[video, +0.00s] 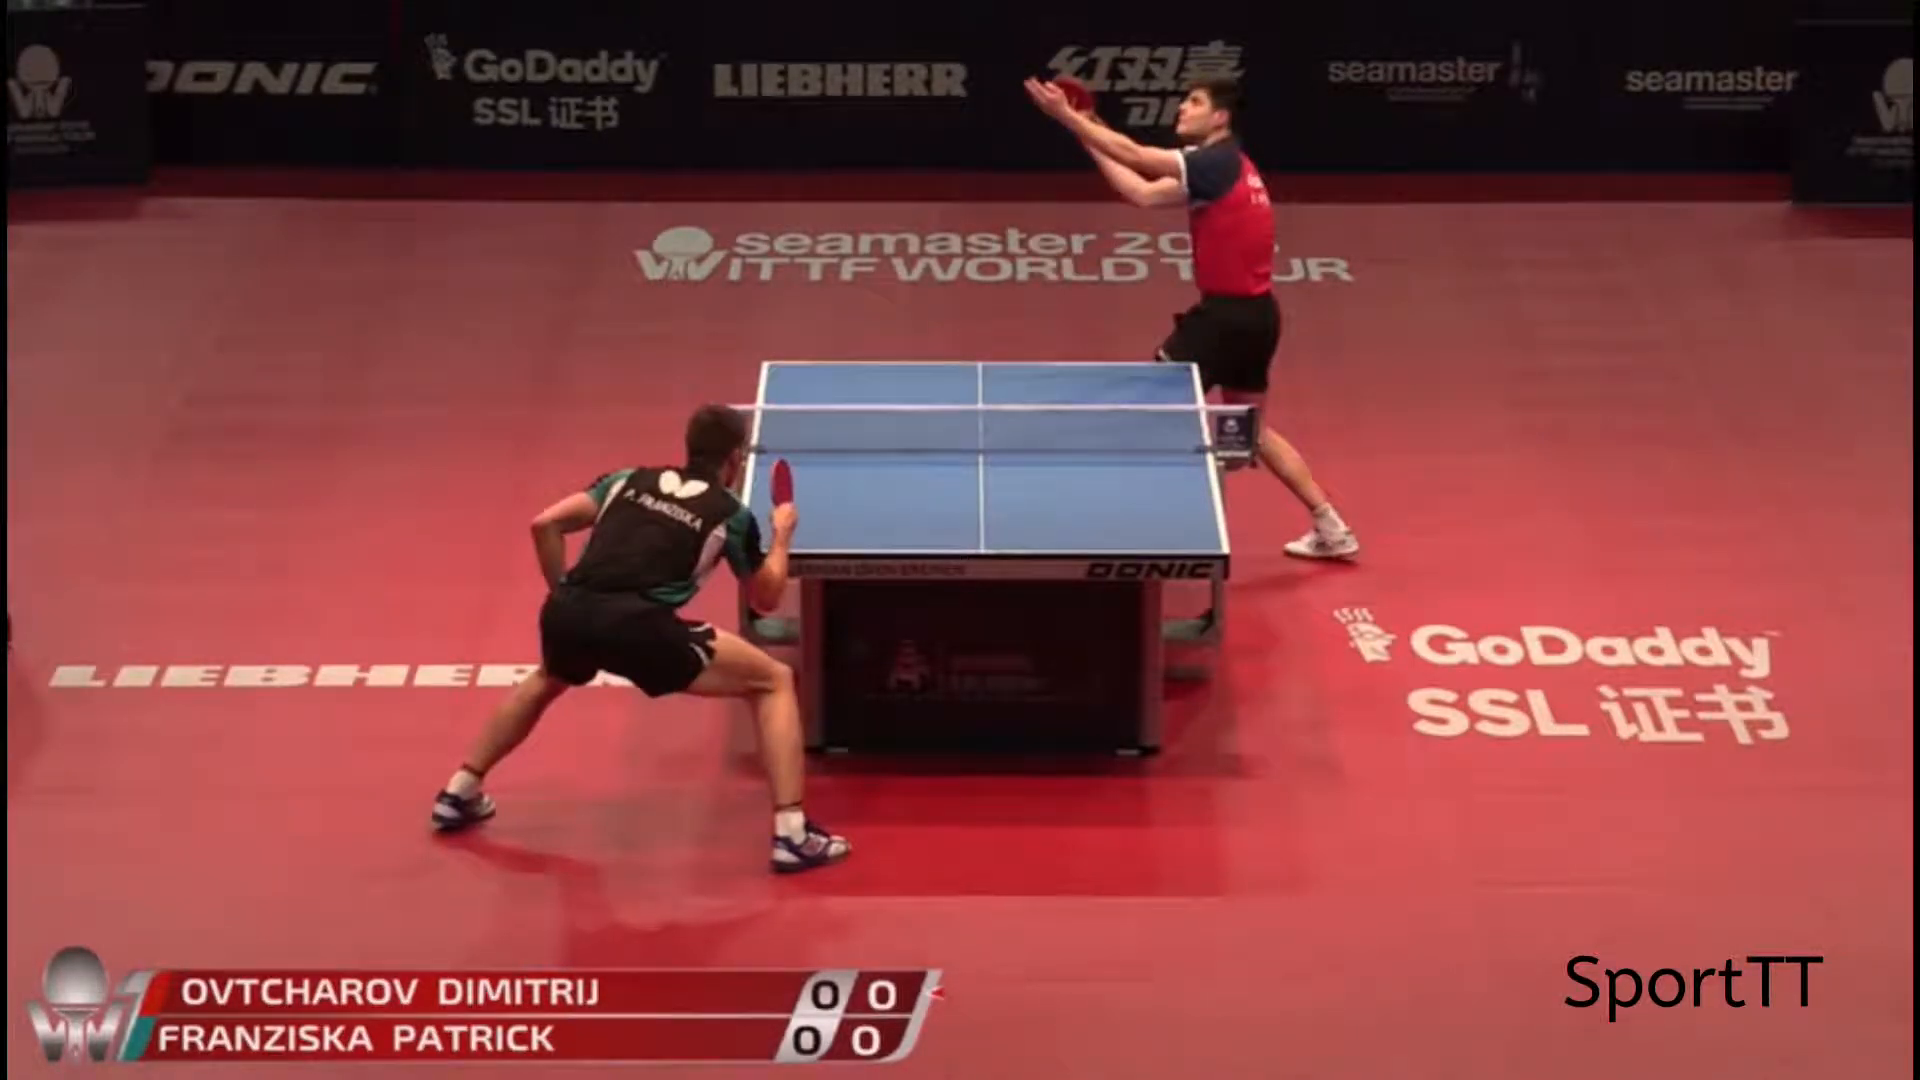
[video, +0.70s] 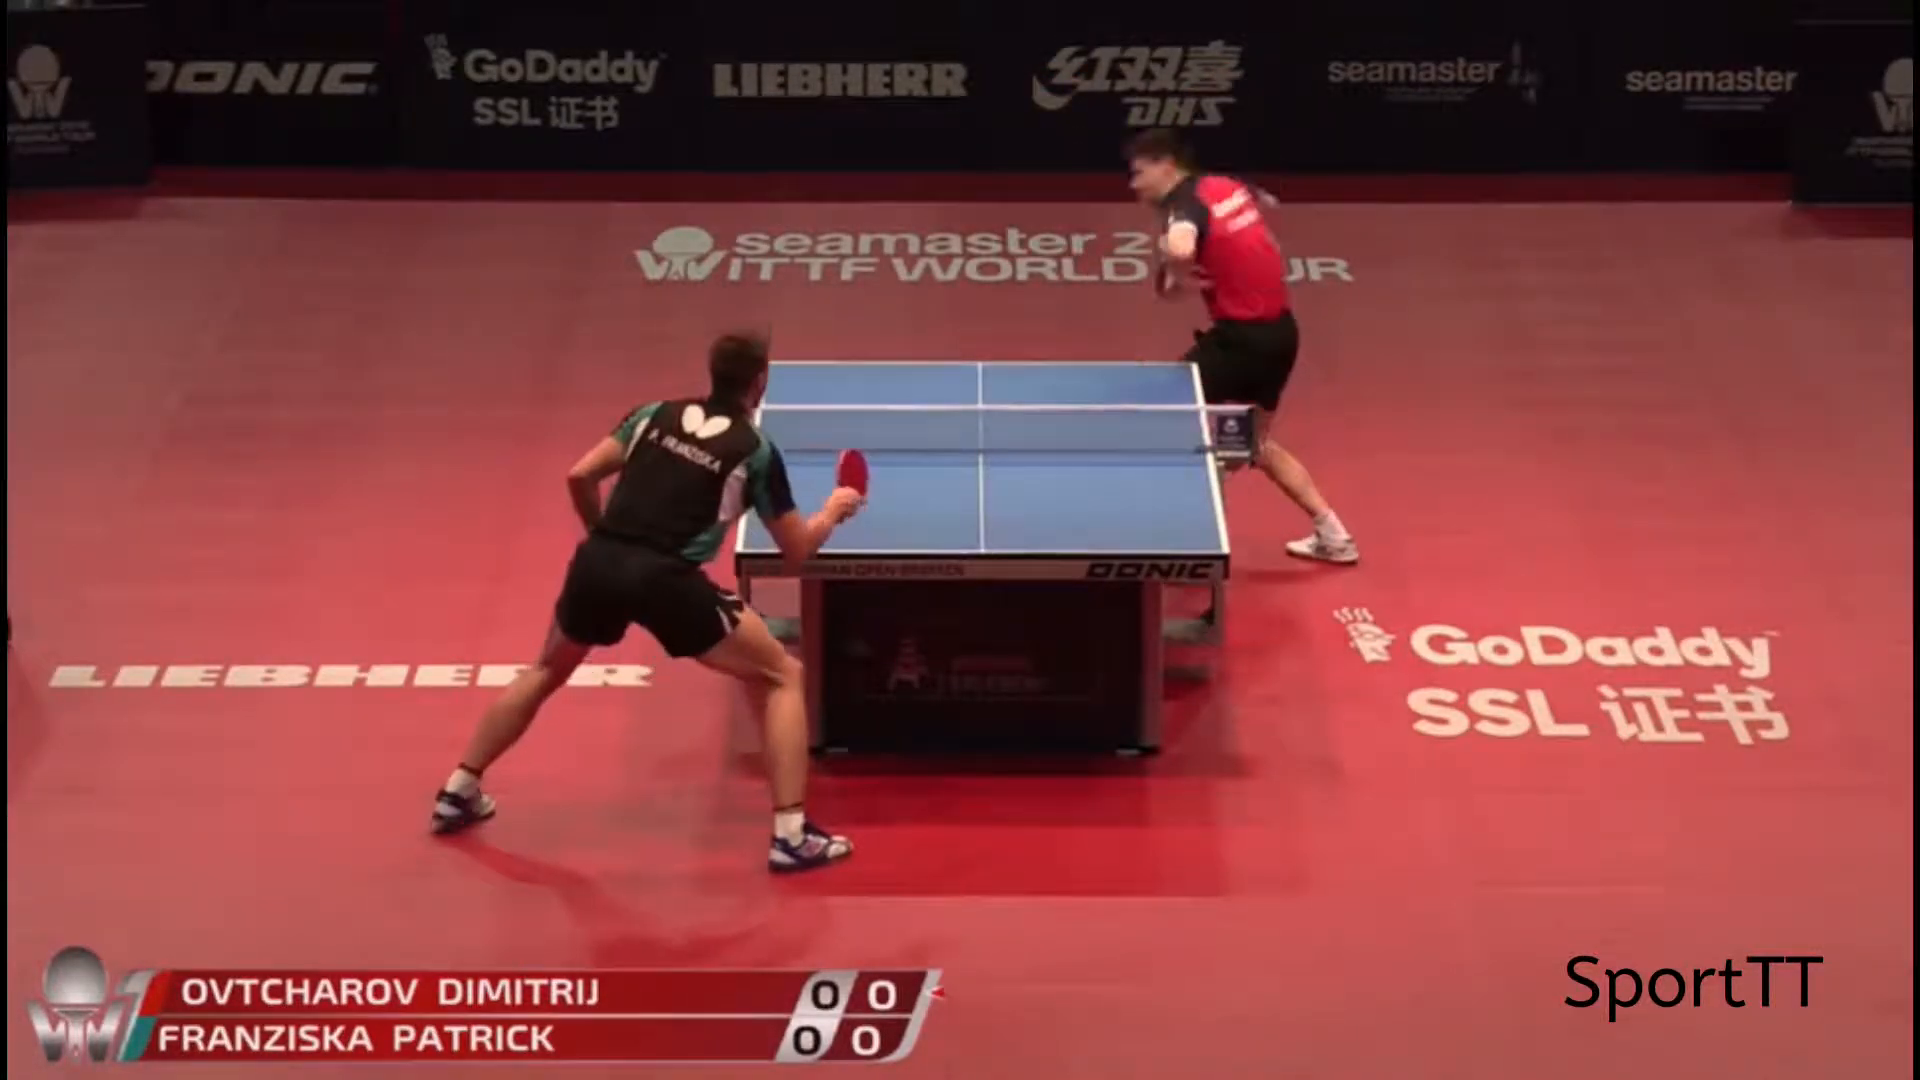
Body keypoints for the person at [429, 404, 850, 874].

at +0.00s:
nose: (745, 461)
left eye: (743, 453)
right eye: (745, 454)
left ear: (689, 451)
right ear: (734, 459)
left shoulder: (629, 479)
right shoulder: (732, 513)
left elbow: (546, 523)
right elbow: (766, 598)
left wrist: (560, 593)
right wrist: (782, 535)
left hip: (568, 614)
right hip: (639, 624)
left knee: (545, 682)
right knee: (774, 682)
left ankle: (459, 790)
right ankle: (793, 833)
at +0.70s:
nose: (766, 385)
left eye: (758, 375)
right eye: (765, 378)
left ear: (711, 375)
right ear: (758, 385)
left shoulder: (655, 415)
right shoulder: (756, 451)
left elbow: (581, 476)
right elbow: (797, 546)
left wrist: (601, 533)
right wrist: (838, 507)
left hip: (598, 563)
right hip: (669, 579)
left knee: (543, 673)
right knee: (783, 676)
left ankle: (458, 789)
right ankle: (792, 834)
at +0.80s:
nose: (768, 377)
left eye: (759, 368)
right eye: (768, 371)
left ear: (713, 370)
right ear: (762, 378)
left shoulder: (658, 409)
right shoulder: (759, 446)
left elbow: (583, 470)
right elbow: (799, 542)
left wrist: (604, 527)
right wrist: (838, 511)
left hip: (599, 557)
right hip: (669, 574)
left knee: (545, 663)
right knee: (778, 676)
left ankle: (461, 781)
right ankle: (791, 833)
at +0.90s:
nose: (767, 370)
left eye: (761, 361)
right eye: (767, 363)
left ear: (712, 359)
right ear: (759, 370)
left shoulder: (655, 396)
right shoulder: (754, 435)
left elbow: (578, 455)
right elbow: (791, 535)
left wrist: (595, 515)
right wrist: (847, 531)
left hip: (595, 544)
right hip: (664, 561)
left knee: (544, 652)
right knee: (761, 679)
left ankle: (473, 780)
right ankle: (790, 833)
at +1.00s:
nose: (762, 374)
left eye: (759, 366)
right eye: (761, 367)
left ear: (707, 362)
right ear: (752, 372)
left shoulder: (650, 396)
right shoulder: (748, 435)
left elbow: (572, 454)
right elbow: (783, 533)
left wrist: (587, 513)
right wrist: (847, 537)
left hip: (592, 545)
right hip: (660, 561)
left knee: (541, 655)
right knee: (758, 680)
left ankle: (475, 786)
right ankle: (790, 833)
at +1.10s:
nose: (743, 374)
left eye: (742, 365)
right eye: (742, 367)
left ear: (688, 359)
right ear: (732, 371)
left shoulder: (625, 390)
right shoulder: (724, 429)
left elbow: (543, 442)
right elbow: (764, 522)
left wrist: (545, 492)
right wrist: (818, 508)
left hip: (584, 549)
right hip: (659, 561)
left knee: (529, 655)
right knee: (762, 646)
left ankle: (470, 782)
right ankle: (795, 764)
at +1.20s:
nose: (741, 375)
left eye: (740, 365)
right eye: (741, 366)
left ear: (688, 356)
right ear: (732, 370)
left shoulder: (624, 389)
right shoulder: (726, 427)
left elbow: (543, 439)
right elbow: (766, 515)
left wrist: (543, 484)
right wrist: (812, 492)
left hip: (588, 548)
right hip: (664, 558)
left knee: (532, 654)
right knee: (765, 637)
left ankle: (470, 781)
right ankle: (801, 754)